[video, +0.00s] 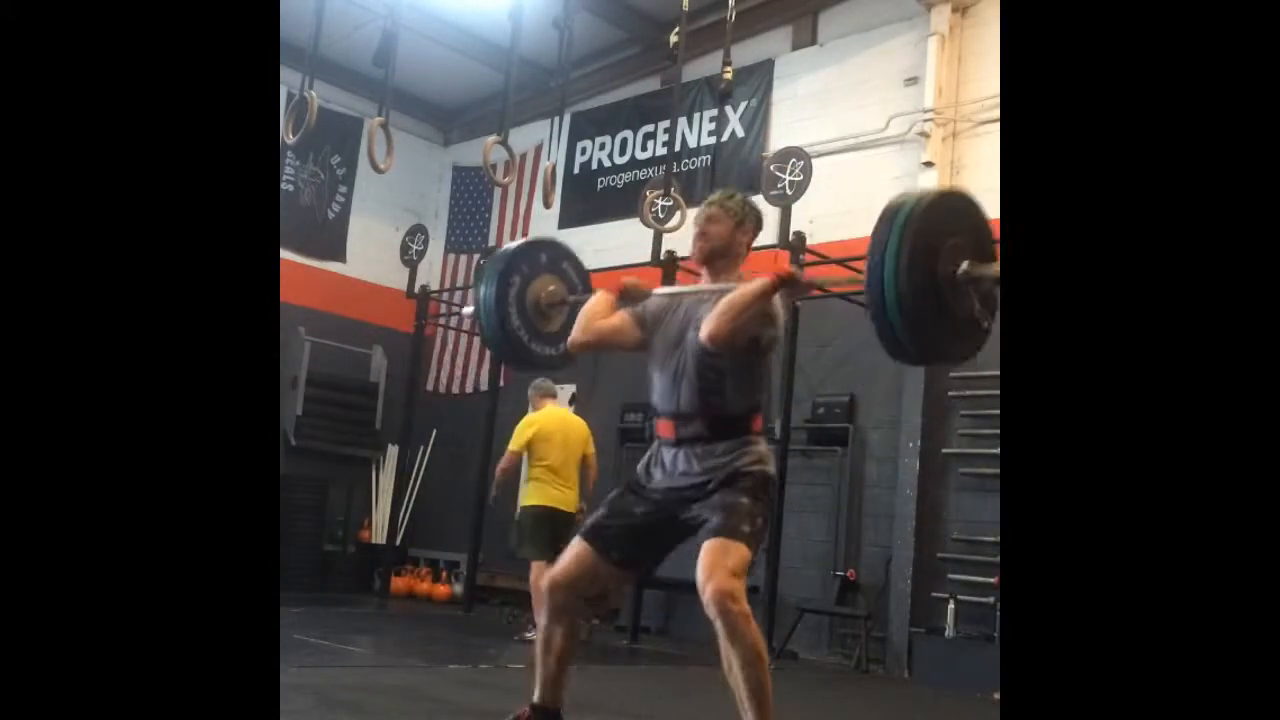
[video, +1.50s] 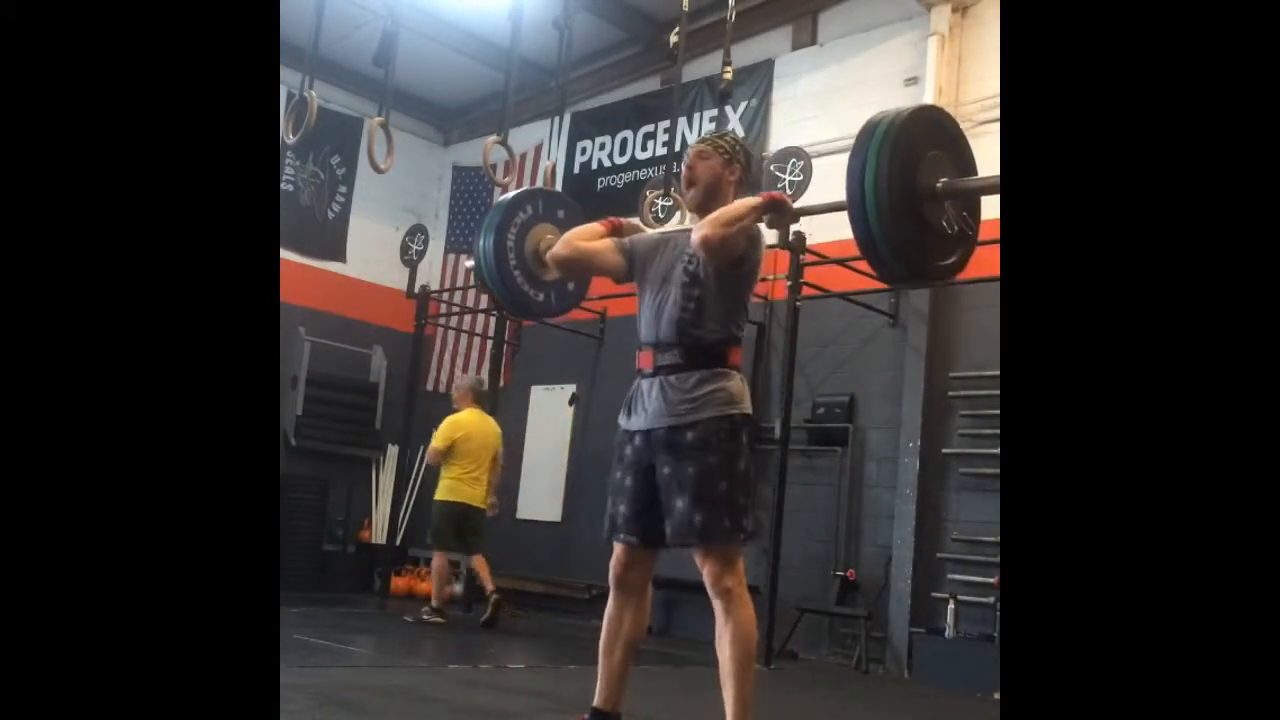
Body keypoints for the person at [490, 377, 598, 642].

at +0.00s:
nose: (531, 407)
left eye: (531, 404)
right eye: (532, 404)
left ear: (536, 400)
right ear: (555, 398)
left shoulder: (533, 420)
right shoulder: (580, 424)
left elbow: (507, 464)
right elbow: (591, 467)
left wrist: (496, 487)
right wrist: (587, 500)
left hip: (536, 502)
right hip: (568, 505)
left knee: (539, 565)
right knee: (559, 565)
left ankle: (541, 626)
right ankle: (560, 623)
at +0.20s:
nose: (527, 407)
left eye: (527, 403)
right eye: (529, 403)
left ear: (531, 401)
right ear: (551, 401)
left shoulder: (525, 423)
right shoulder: (573, 430)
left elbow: (501, 461)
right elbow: (583, 468)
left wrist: (513, 467)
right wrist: (584, 503)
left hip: (529, 500)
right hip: (557, 505)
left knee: (533, 561)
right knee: (537, 562)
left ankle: (538, 623)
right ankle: (520, 614)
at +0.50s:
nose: (520, 404)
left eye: (521, 400)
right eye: (522, 401)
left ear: (525, 400)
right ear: (545, 401)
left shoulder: (516, 420)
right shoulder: (559, 433)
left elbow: (494, 455)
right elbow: (560, 475)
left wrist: (516, 455)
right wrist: (552, 496)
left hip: (515, 499)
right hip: (542, 503)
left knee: (507, 555)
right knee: (526, 562)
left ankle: (527, 606)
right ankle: (510, 615)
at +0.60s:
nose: (518, 402)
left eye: (519, 398)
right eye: (519, 398)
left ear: (524, 398)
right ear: (543, 401)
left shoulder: (516, 419)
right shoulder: (554, 431)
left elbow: (491, 454)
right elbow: (553, 465)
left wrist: (512, 459)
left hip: (511, 499)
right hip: (537, 503)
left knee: (491, 552)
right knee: (522, 559)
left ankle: (516, 599)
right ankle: (512, 613)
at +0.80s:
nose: (510, 400)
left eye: (513, 396)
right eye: (512, 395)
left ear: (523, 398)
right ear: (533, 400)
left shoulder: (513, 419)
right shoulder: (544, 430)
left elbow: (486, 452)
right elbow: (532, 466)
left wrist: (508, 458)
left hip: (502, 497)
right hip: (529, 503)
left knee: (476, 549)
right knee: (520, 559)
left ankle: (480, 610)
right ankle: (510, 617)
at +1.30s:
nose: (469, 399)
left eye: (472, 394)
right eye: (470, 394)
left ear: (483, 397)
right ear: (491, 399)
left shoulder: (471, 424)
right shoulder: (508, 429)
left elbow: (449, 459)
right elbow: (503, 463)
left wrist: (473, 460)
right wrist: (471, 460)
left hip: (467, 497)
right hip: (495, 500)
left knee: (447, 551)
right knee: (494, 552)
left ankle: (436, 606)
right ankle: (506, 609)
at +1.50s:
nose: (453, 398)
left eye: (455, 394)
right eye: (453, 394)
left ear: (464, 395)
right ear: (475, 396)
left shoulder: (453, 421)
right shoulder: (493, 427)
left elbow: (433, 457)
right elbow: (497, 464)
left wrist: (437, 441)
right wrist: (491, 493)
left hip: (448, 496)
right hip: (476, 500)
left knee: (440, 551)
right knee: (475, 551)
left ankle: (436, 606)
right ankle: (491, 591)